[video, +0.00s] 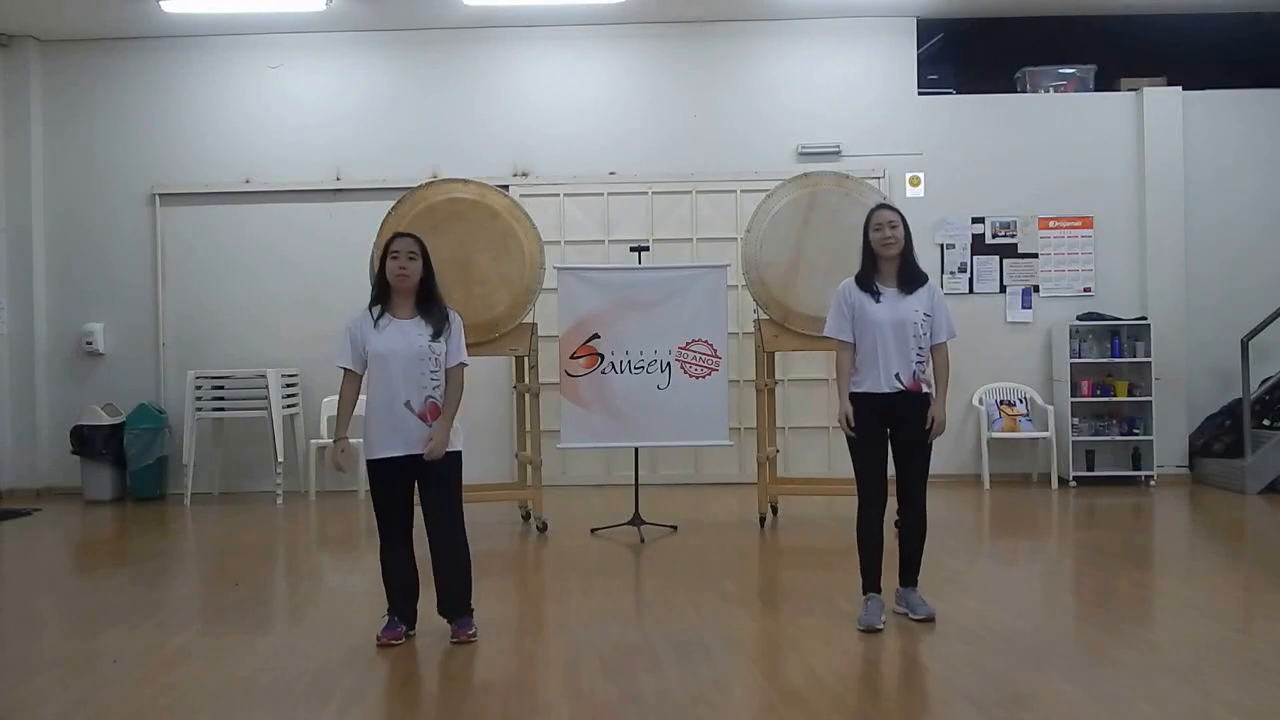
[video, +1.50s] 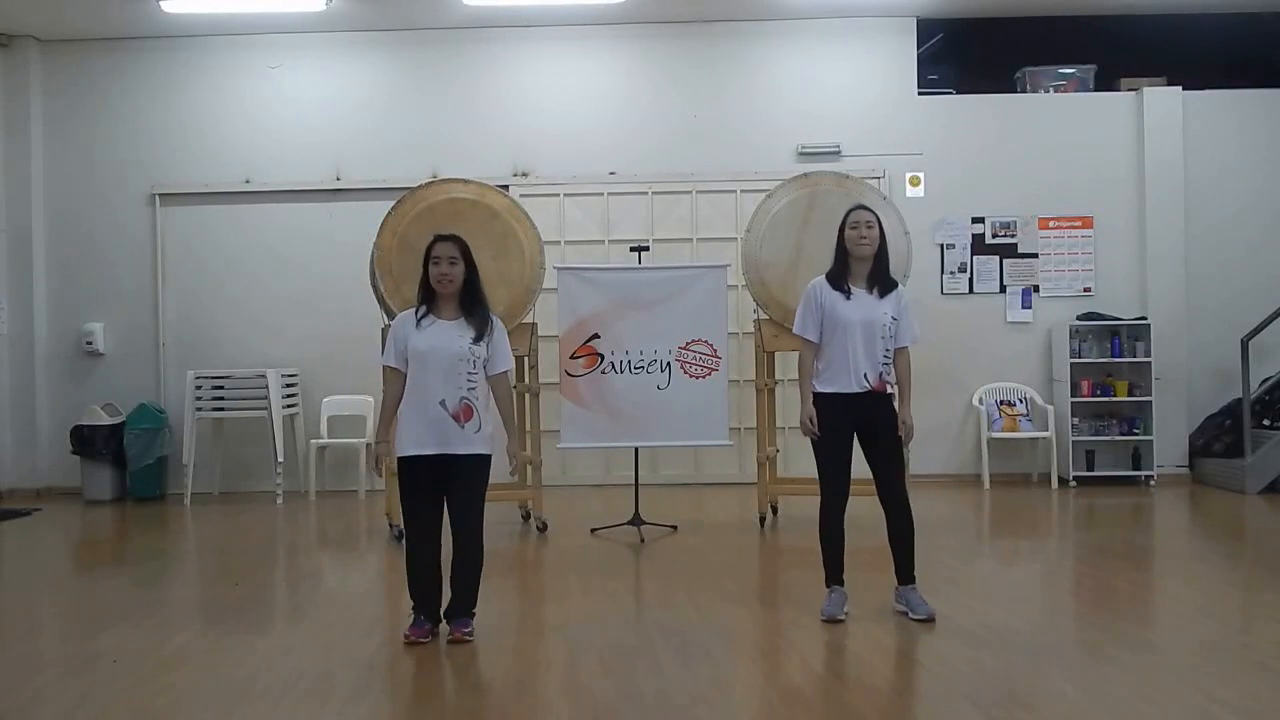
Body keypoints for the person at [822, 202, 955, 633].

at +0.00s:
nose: (887, 233)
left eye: (893, 226)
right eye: (878, 228)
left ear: (906, 234)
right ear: (867, 238)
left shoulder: (925, 288)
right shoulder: (851, 290)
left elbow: (939, 349)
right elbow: (844, 349)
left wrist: (940, 401)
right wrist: (843, 399)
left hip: (914, 404)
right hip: (866, 404)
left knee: (913, 501)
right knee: (871, 501)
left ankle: (908, 590)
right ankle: (871, 597)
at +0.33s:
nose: (894, 233)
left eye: (900, 226)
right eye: (885, 228)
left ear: (912, 234)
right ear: (874, 238)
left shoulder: (931, 289)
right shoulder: (856, 290)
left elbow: (946, 349)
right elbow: (848, 350)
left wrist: (949, 402)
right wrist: (847, 403)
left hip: (918, 404)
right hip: (869, 405)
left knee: (915, 498)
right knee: (865, 496)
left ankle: (908, 590)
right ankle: (848, 592)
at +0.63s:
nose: (890, 228)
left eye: (897, 224)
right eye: (883, 223)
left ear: (907, 237)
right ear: (868, 234)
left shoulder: (919, 290)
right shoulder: (846, 288)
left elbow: (930, 350)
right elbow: (834, 348)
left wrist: (934, 402)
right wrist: (833, 401)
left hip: (908, 404)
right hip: (859, 403)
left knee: (908, 499)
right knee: (851, 497)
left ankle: (907, 590)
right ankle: (837, 589)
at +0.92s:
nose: (875, 230)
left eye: (882, 224)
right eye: (867, 225)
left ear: (894, 235)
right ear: (855, 237)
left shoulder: (911, 290)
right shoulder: (837, 289)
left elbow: (923, 349)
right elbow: (829, 348)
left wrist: (924, 401)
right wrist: (829, 396)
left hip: (897, 404)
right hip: (849, 404)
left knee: (902, 498)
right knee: (843, 498)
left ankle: (907, 589)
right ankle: (836, 589)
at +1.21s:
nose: (868, 230)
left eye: (875, 224)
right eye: (860, 225)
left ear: (887, 236)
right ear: (848, 236)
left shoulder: (901, 292)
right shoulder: (828, 288)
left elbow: (911, 350)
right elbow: (818, 348)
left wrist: (912, 401)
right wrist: (818, 401)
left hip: (887, 403)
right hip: (840, 403)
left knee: (896, 497)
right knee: (839, 497)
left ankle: (907, 589)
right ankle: (836, 589)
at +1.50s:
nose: (862, 232)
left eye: (870, 226)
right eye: (854, 227)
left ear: (881, 237)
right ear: (842, 237)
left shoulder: (892, 294)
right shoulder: (821, 289)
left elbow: (901, 354)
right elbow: (807, 350)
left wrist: (905, 407)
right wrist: (806, 402)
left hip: (878, 405)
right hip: (830, 405)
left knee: (896, 497)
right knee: (833, 499)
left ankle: (907, 588)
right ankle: (835, 590)